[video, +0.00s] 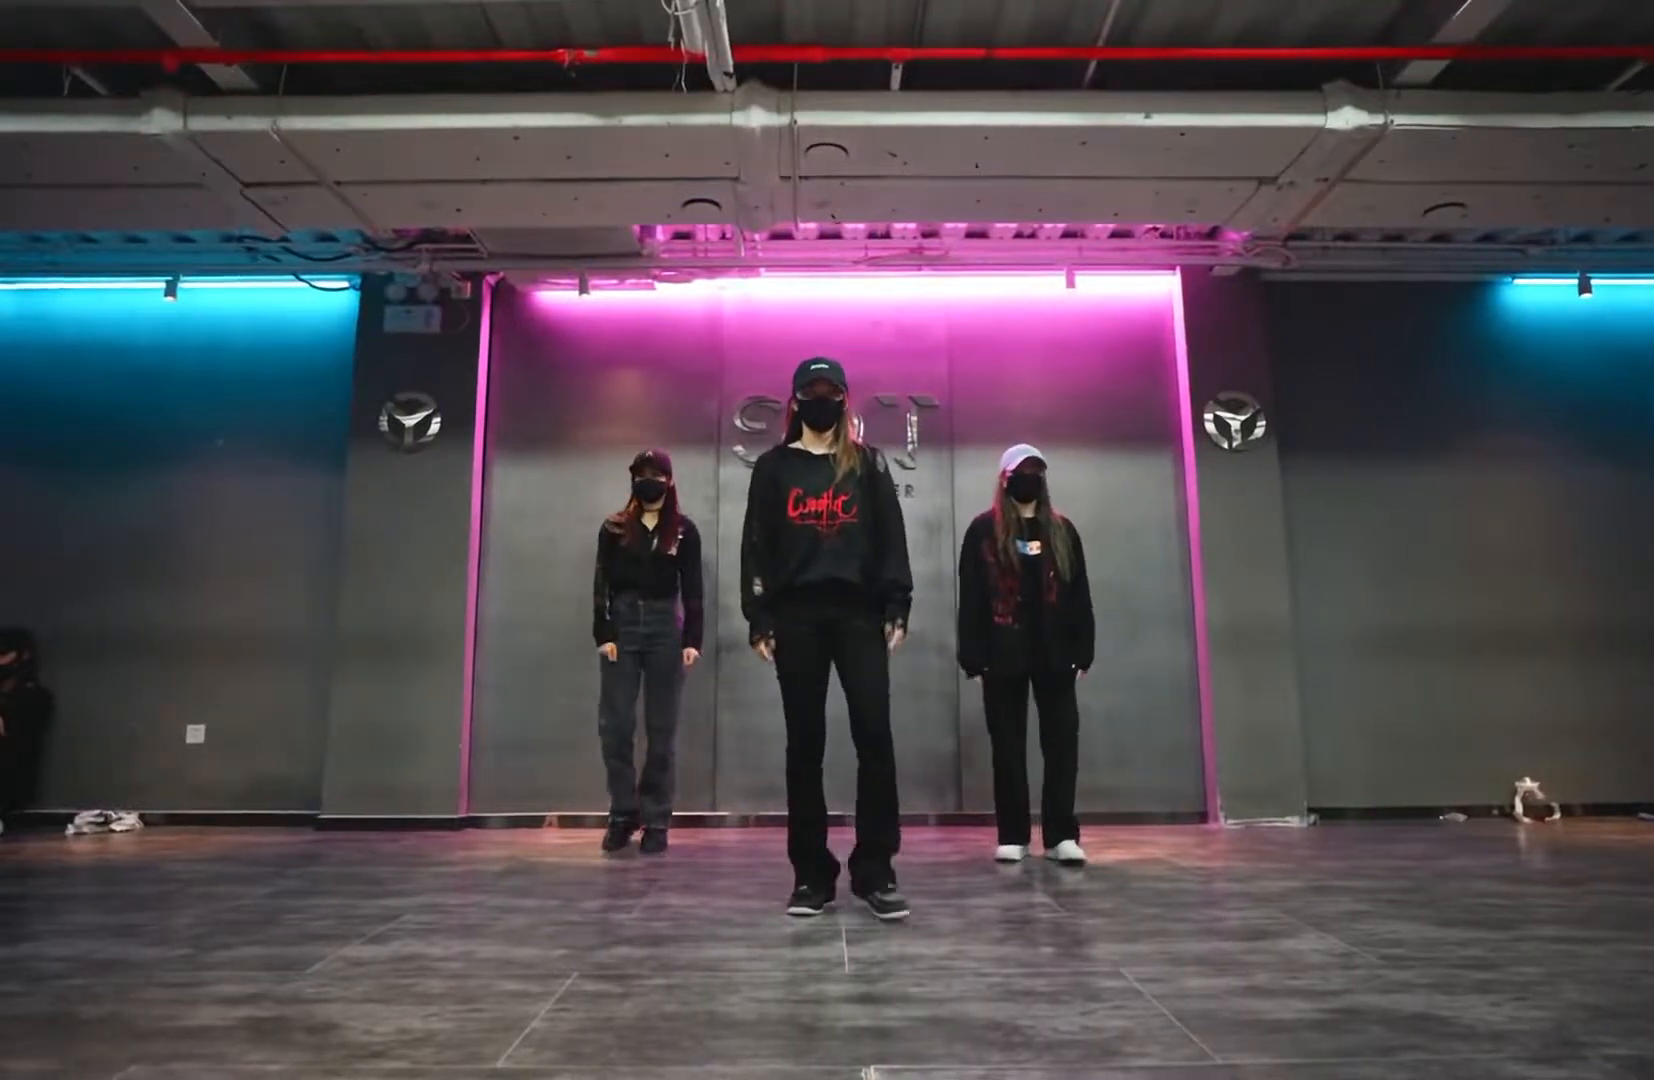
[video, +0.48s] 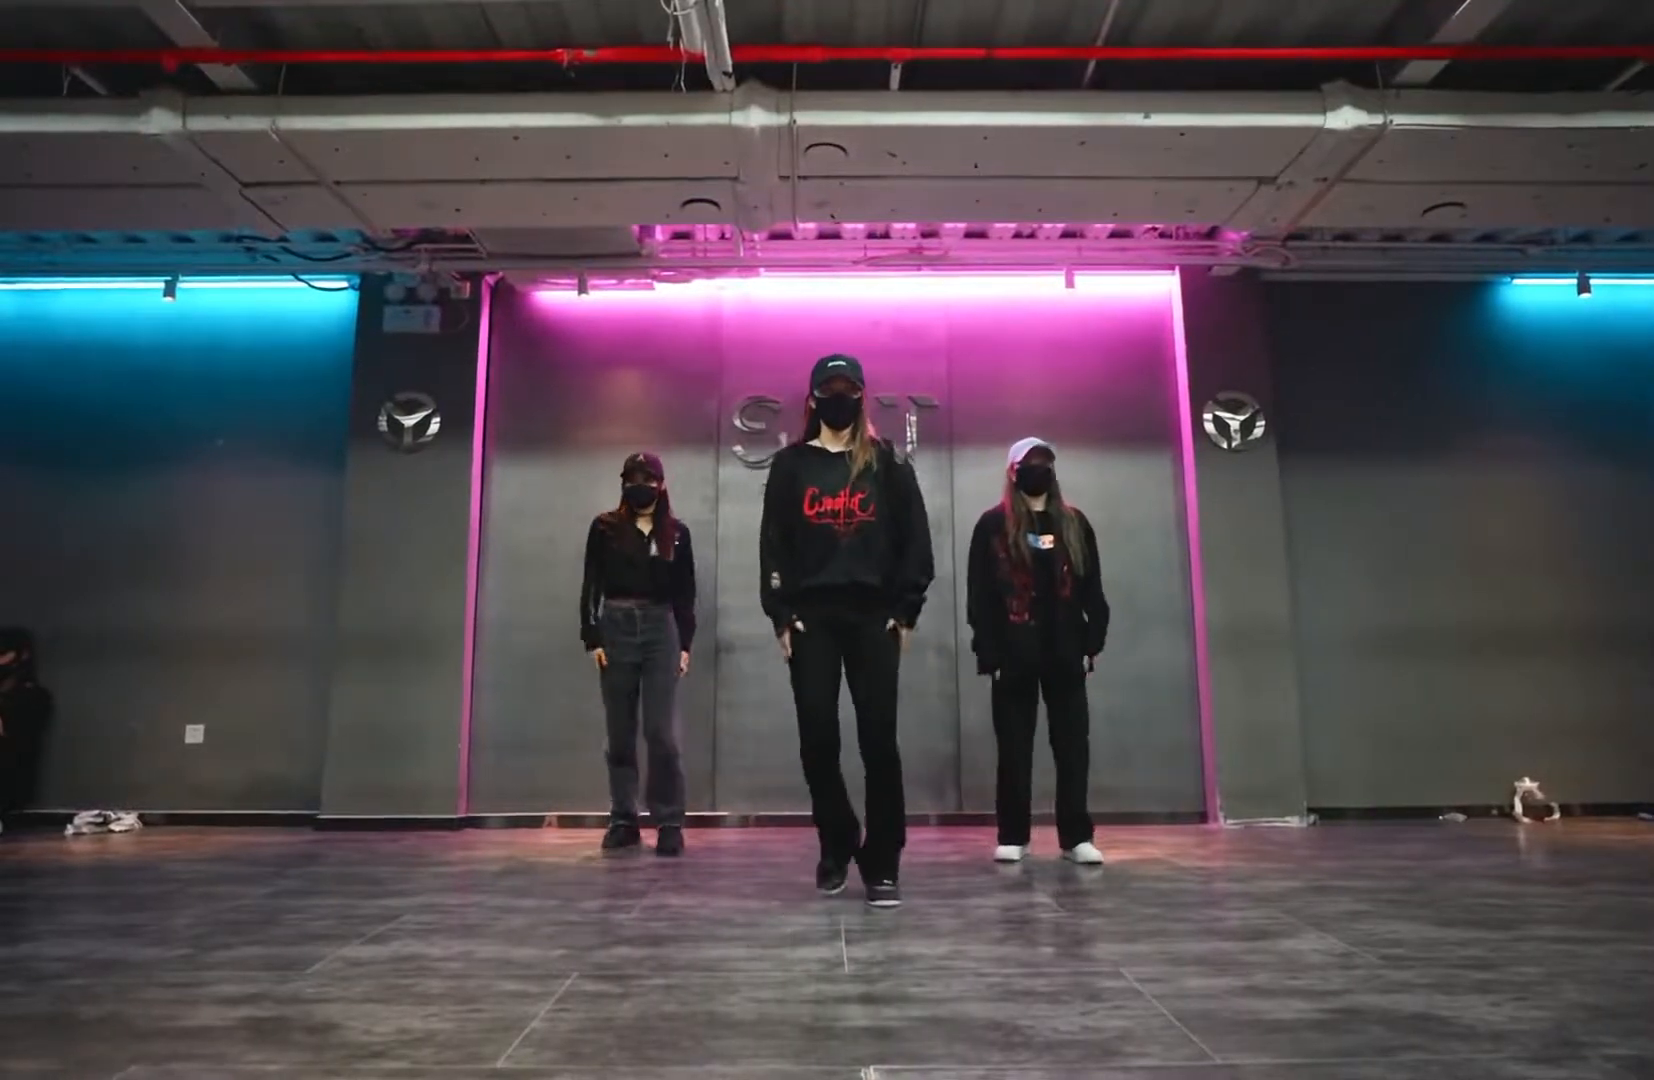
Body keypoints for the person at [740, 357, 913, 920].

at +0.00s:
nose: (822, 399)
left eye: (831, 391)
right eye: (812, 391)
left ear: (845, 397)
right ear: (796, 399)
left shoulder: (868, 464)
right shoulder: (772, 466)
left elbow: (893, 542)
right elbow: (754, 549)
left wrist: (896, 607)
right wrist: (759, 619)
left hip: (862, 617)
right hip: (796, 619)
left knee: (875, 740)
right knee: (805, 745)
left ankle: (875, 873)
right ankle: (811, 876)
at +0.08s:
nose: (825, 399)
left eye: (833, 391)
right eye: (815, 391)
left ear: (847, 398)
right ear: (799, 399)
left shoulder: (869, 464)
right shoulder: (775, 466)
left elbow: (896, 543)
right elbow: (755, 550)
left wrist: (897, 611)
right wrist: (761, 619)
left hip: (863, 616)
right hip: (797, 618)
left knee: (875, 738)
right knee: (805, 744)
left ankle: (876, 867)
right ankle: (812, 876)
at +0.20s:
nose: (830, 402)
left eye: (838, 393)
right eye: (820, 393)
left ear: (852, 399)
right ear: (804, 401)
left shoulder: (875, 467)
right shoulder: (781, 468)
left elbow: (900, 548)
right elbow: (761, 551)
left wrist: (899, 617)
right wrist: (765, 621)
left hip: (866, 620)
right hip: (800, 620)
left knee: (872, 742)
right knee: (807, 748)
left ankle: (883, 869)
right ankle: (812, 877)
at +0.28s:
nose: (834, 400)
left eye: (842, 391)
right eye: (824, 392)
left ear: (856, 398)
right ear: (808, 399)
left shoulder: (880, 465)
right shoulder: (785, 466)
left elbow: (905, 545)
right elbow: (766, 550)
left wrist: (901, 615)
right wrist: (771, 620)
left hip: (870, 619)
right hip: (805, 620)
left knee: (873, 743)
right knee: (809, 747)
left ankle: (882, 870)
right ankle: (812, 877)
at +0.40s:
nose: (839, 396)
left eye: (848, 387)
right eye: (829, 388)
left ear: (861, 394)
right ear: (812, 396)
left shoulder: (888, 462)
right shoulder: (788, 463)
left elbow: (917, 545)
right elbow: (771, 547)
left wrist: (905, 611)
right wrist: (779, 616)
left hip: (874, 617)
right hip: (809, 618)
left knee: (878, 743)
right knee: (810, 743)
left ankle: (881, 869)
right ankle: (819, 867)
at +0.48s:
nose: (839, 397)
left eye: (848, 389)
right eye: (830, 389)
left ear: (862, 395)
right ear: (814, 397)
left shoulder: (889, 463)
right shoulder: (790, 463)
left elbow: (917, 544)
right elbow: (772, 547)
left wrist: (903, 613)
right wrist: (782, 616)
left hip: (873, 617)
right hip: (810, 618)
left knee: (878, 743)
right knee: (817, 743)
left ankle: (881, 866)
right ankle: (836, 847)